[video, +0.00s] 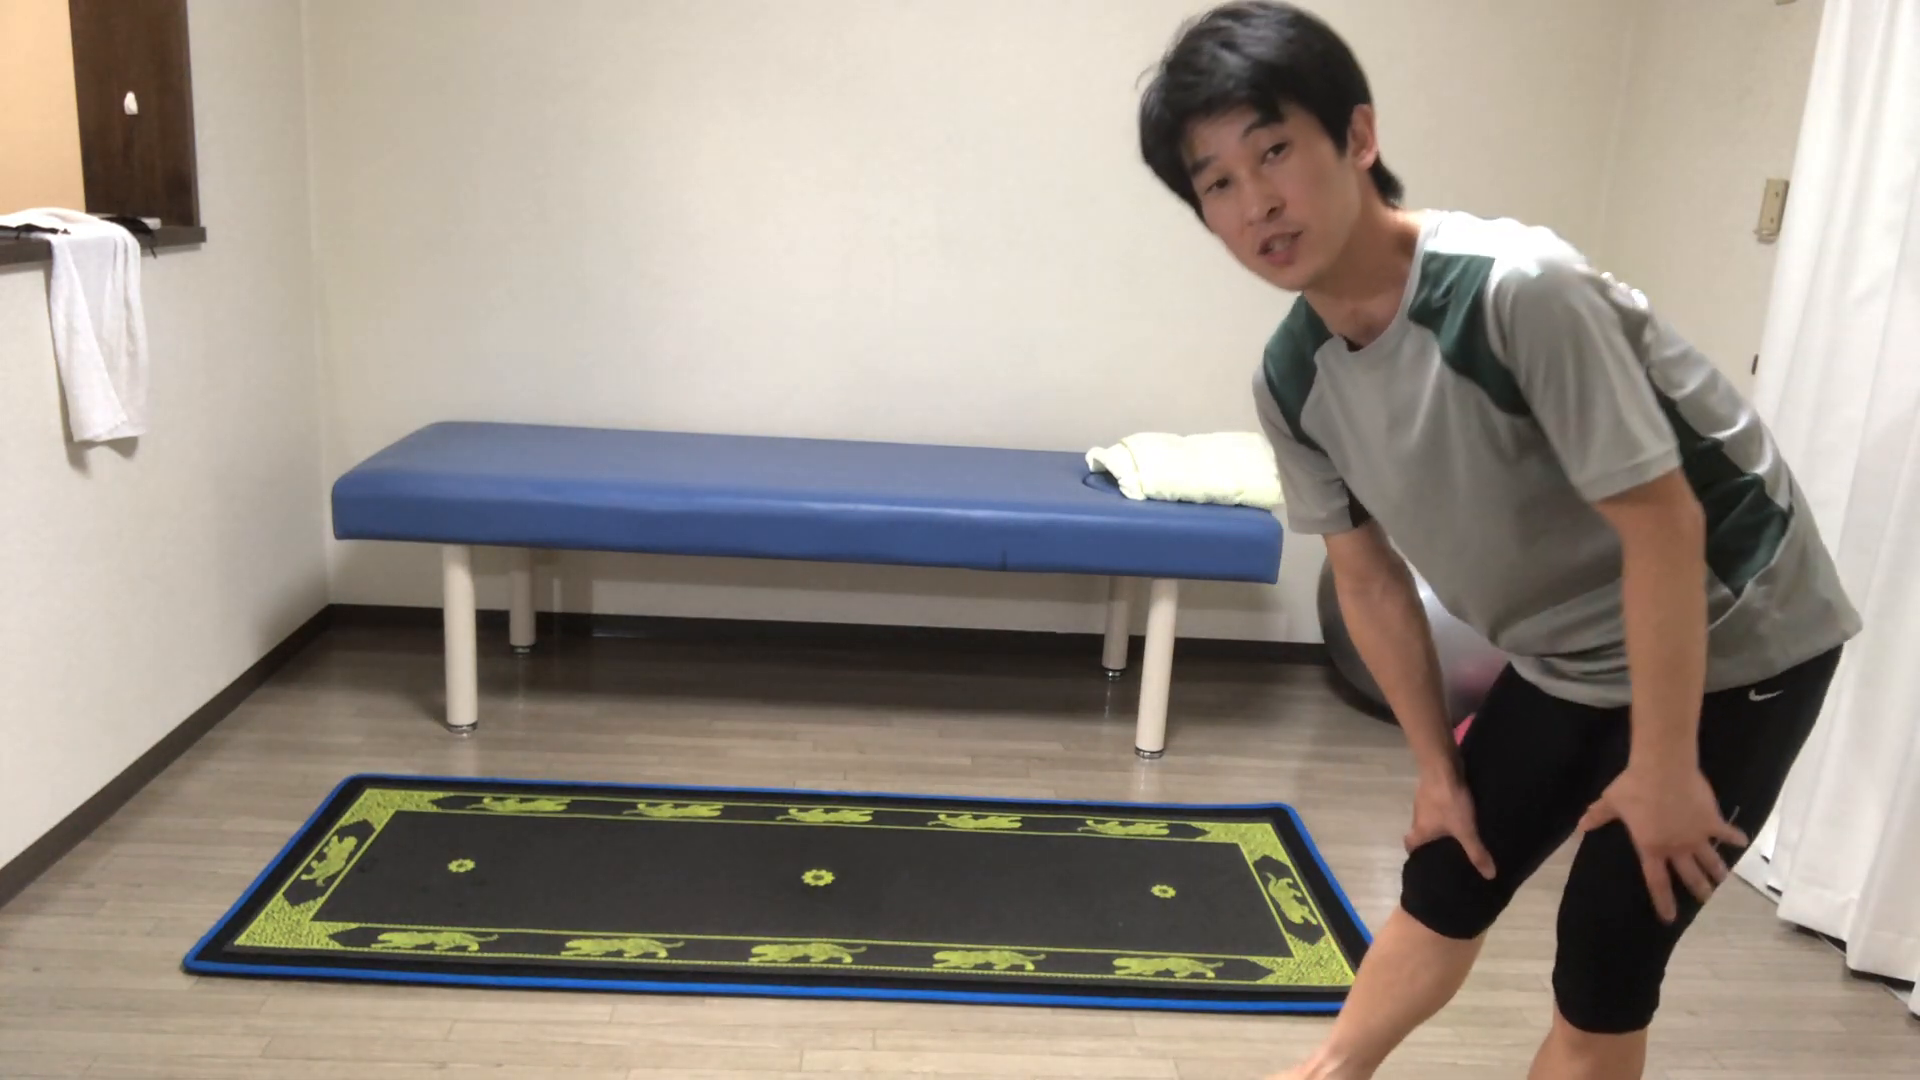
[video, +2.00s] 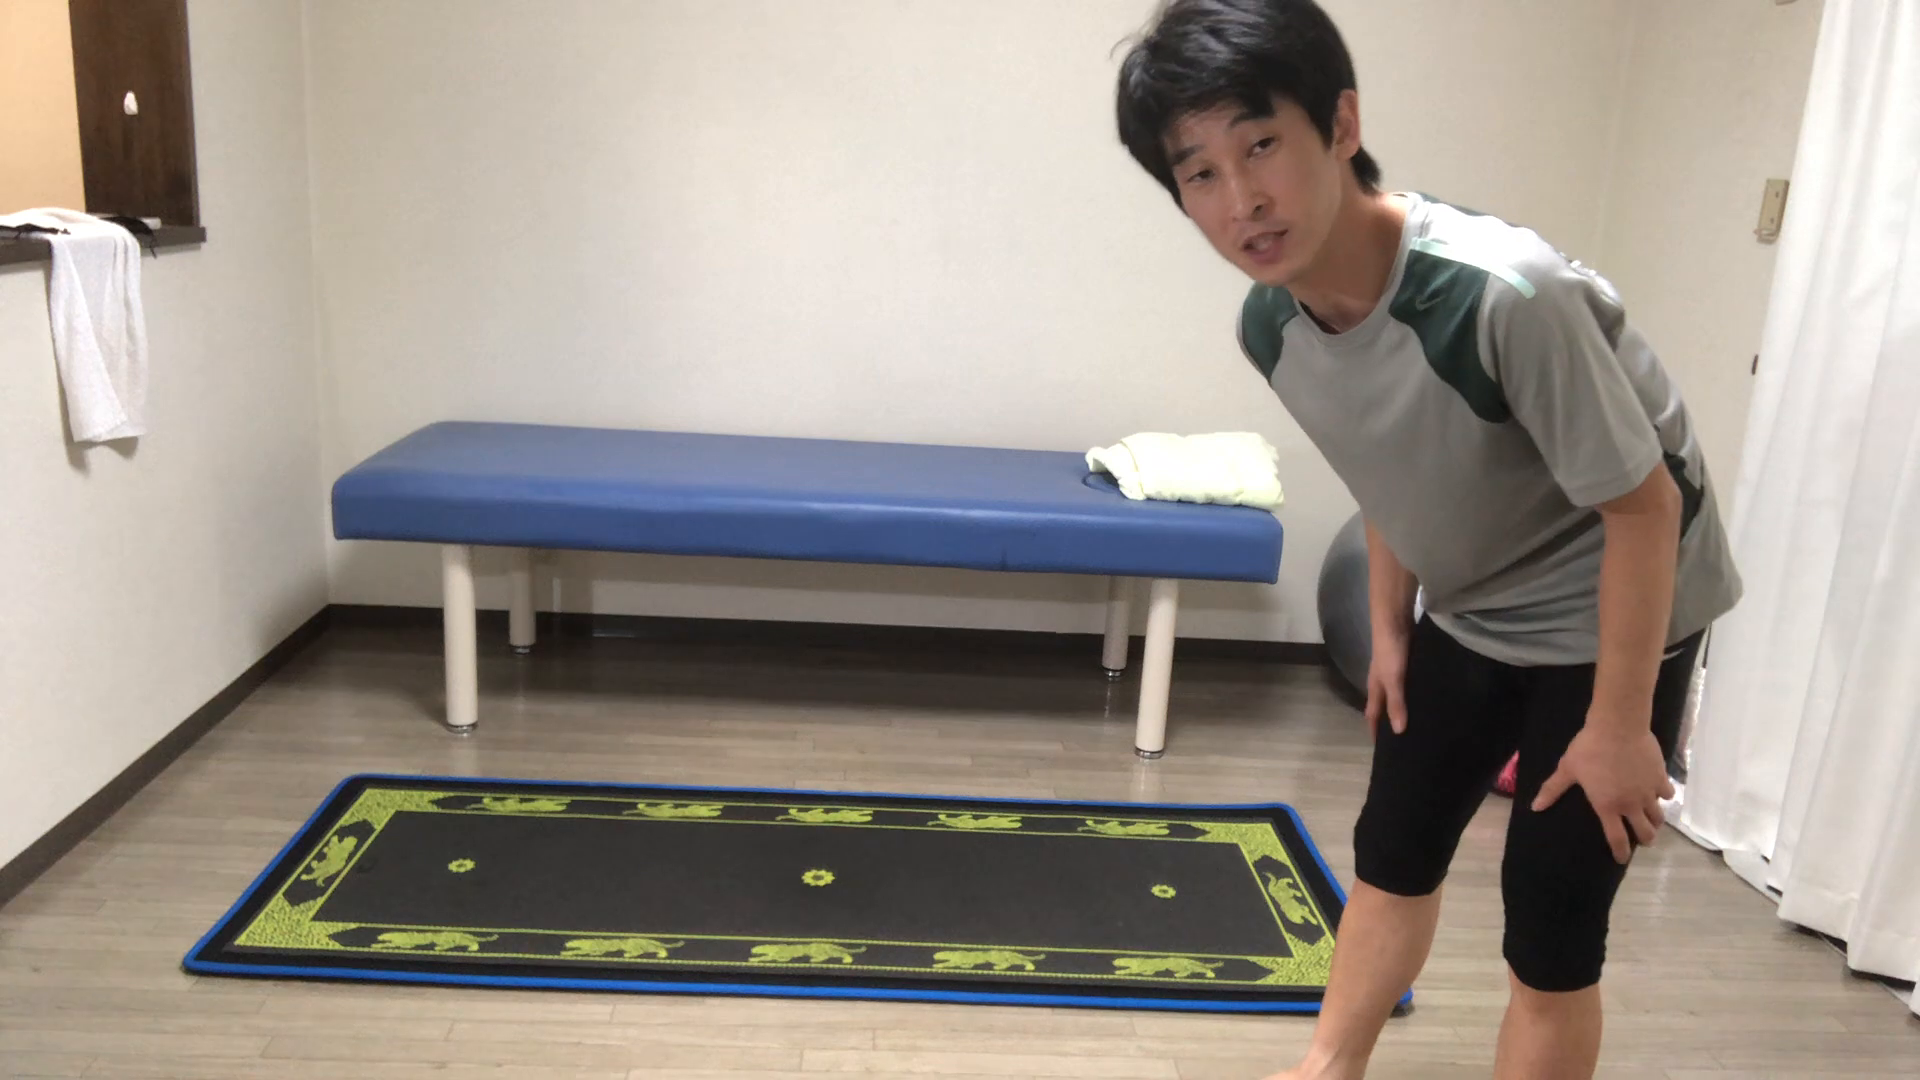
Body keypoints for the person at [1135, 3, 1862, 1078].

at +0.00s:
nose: (1253, 204)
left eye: (1274, 150)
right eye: (1215, 186)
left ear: (1356, 138)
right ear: (1203, 219)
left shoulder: (1519, 292)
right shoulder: (1293, 376)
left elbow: (1664, 524)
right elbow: (1369, 580)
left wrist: (1664, 763)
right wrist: (1435, 767)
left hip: (1748, 628)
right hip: (1573, 637)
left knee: (1611, 925)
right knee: (1446, 876)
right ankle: (1336, 1063)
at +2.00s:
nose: (1239, 199)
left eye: (1261, 146)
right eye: (1199, 174)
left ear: (1341, 126)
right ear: (1176, 198)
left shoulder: (1513, 298)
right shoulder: (1273, 326)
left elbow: (1643, 505)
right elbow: (1390, 471)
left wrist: (1620, 721)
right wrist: (1389, 626)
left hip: (1610, 622)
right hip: (1461, 608)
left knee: (1551, 930)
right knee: (1391, 852)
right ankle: (1331, 1061)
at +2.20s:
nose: (1216, 209)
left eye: (1237, 155)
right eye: (1177, 185)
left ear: (1318, 130)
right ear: (1157, 206)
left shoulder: (1491, 299)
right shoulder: (1263, 327)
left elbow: (1625, 501)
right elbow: (1381, 470)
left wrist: (1609, 718)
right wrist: (1378, 623)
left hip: (1594, 614)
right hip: (1448, 602)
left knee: (1542, 926)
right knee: (1382, 842)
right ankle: (1331, 1061)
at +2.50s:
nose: (1181, 213)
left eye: (1200, 159)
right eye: (1145, 189)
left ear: (1283, 131)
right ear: (1127, 206)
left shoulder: (1452, 297)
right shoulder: (1246, 320)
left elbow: (1589, 495)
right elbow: (1375, 480)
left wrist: (1579, 709)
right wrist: (1364, 620)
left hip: (1569, 601)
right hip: (1427, 589)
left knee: (1525, 910)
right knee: (1372, 831)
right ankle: (1329, 1059)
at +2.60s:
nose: (1171, 212)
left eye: (1191, 159)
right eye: (1136, 188)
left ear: (1273, 132)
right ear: (1119, 205)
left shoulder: (1440, 295)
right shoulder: (1240, 321)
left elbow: (1576, 493)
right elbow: (1369, 479)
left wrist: (1568, 703)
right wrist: (1352, 626)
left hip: (1559, 597)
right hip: (1418, 587)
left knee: (1518, 912)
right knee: (1368, 832)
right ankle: (1327, 1060)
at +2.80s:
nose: (1158, 213)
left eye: (1176, 159)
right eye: (1122, 191)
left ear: (1256, 132)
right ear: (1106, 208)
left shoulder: (1422, 292)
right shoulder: (1229, 322)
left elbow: (1555, 485)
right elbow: (1361, 472)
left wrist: (1552, 696)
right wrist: (1346, 611)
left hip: (1551, 598)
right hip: (1407, 587)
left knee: (1511, 907)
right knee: (1364, 834)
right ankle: (1328, 1059)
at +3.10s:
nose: (1114, 227)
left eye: (1127, 183)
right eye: (1093, 199)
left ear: (1224, 147)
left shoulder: (1399, 291)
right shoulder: (1230, 308)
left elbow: (1533, 481)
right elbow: (1361, 459)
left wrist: (1537, 694)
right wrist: (1348, 595)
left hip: (1538, 602)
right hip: (1400, 589)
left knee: (1500, 907)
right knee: (1364, 833)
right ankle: (1328, 1058)